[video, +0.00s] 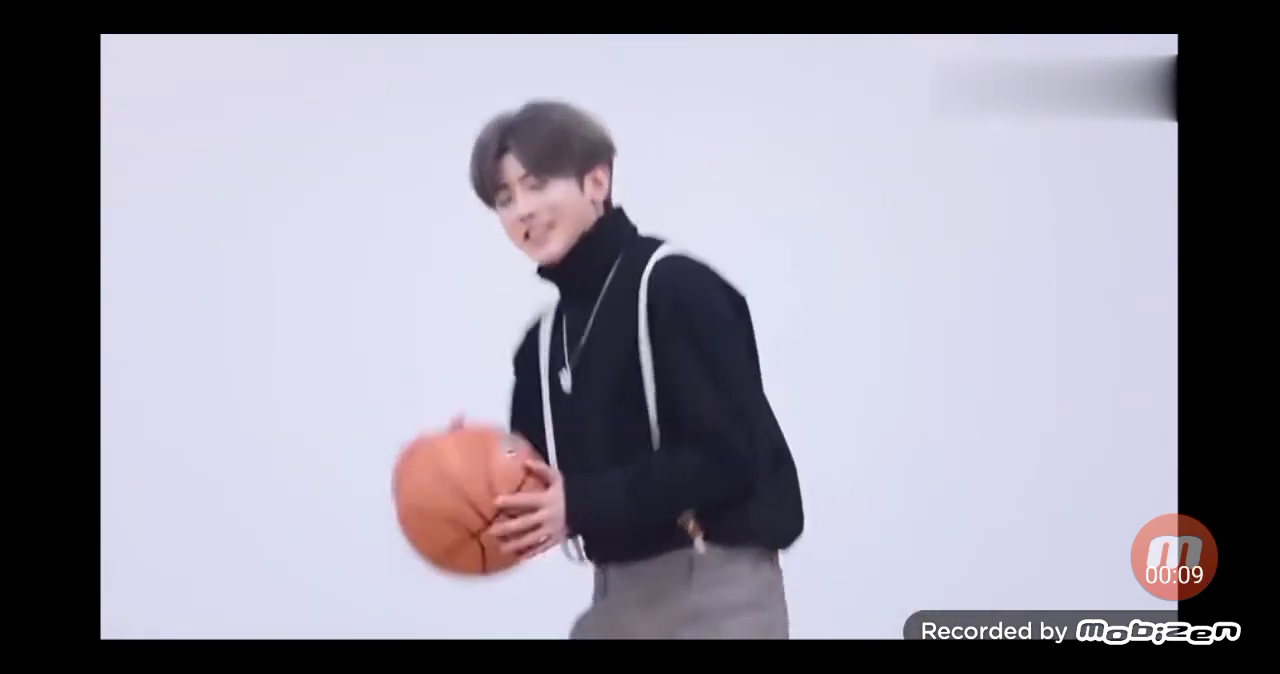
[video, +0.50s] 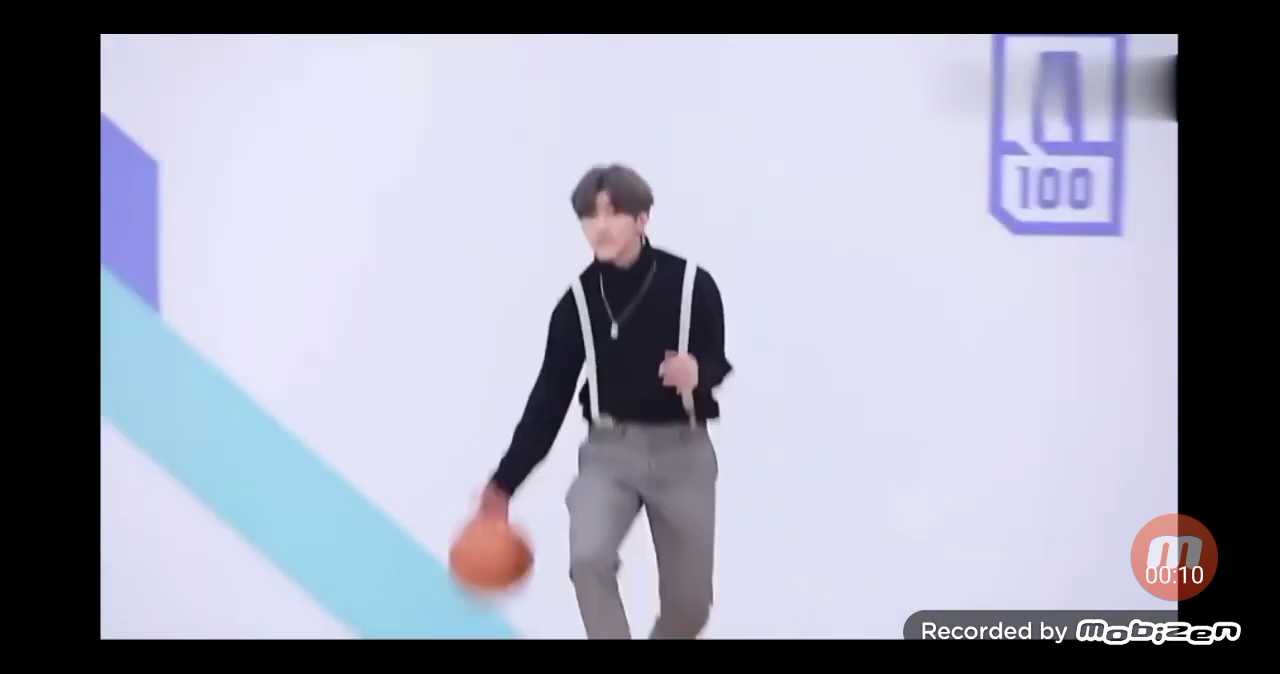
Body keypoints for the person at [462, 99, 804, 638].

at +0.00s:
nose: (520, 212)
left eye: (535, 183)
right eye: (503, 199)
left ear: (596, 181)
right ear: (495, 215)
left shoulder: (681, 290)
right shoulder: (539, 346)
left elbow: (729, 462)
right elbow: (533, 486)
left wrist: (575, 504)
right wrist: (481, 473)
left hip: (717, 586)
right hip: (618, 594)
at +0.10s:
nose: (520, 165)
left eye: (536, 139)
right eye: (503, 151)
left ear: (597, 133)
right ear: (494, 162)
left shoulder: (693, 239)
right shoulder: (514, 290)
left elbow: (736, 408)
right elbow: (525, 457)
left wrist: (617, 448)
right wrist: (477, 407)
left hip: (716, 543)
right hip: (601, 561)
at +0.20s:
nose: (543, 185)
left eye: (559, 162)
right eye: (530, 170)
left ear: (610, 162)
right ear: (520, 180)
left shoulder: (689, 252)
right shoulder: (526, 295)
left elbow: (734, 392)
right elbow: (513, 411)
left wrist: (639, 404)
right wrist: (491, 453)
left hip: (711, 515)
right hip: (605, 527)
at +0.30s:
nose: (562, 218)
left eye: (577, 199)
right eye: (550, 204)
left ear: (620, 200)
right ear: (540, 213)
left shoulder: (690, 282)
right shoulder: (545, 318)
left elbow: (732, 401)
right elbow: (523, 438)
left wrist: (658, 404)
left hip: (705, 515)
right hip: (611, 520)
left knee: (718, 633)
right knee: (608, 631)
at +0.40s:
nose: (590, 252)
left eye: (603, 237)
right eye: (579, 240)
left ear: (638, 241)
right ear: (570, 249)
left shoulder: (696, 309)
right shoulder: (572, 333)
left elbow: (727, 408)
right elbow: (540, 446)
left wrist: (692, 403)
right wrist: (494, 544)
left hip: (689, 490)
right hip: (609, 492)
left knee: (685, 628)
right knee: (608, 606)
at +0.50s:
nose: (599, 227)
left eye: (611, 213)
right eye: (589, 216)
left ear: (642, 218)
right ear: (581, 223)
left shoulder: (693, 285)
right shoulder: (578, 303)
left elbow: (715, 368)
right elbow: (547, 404)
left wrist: (697, 372)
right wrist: (502, 485)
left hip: (683, 455)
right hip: (608, 455)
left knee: (690, 608)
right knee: (588, 562)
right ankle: (611, 638)